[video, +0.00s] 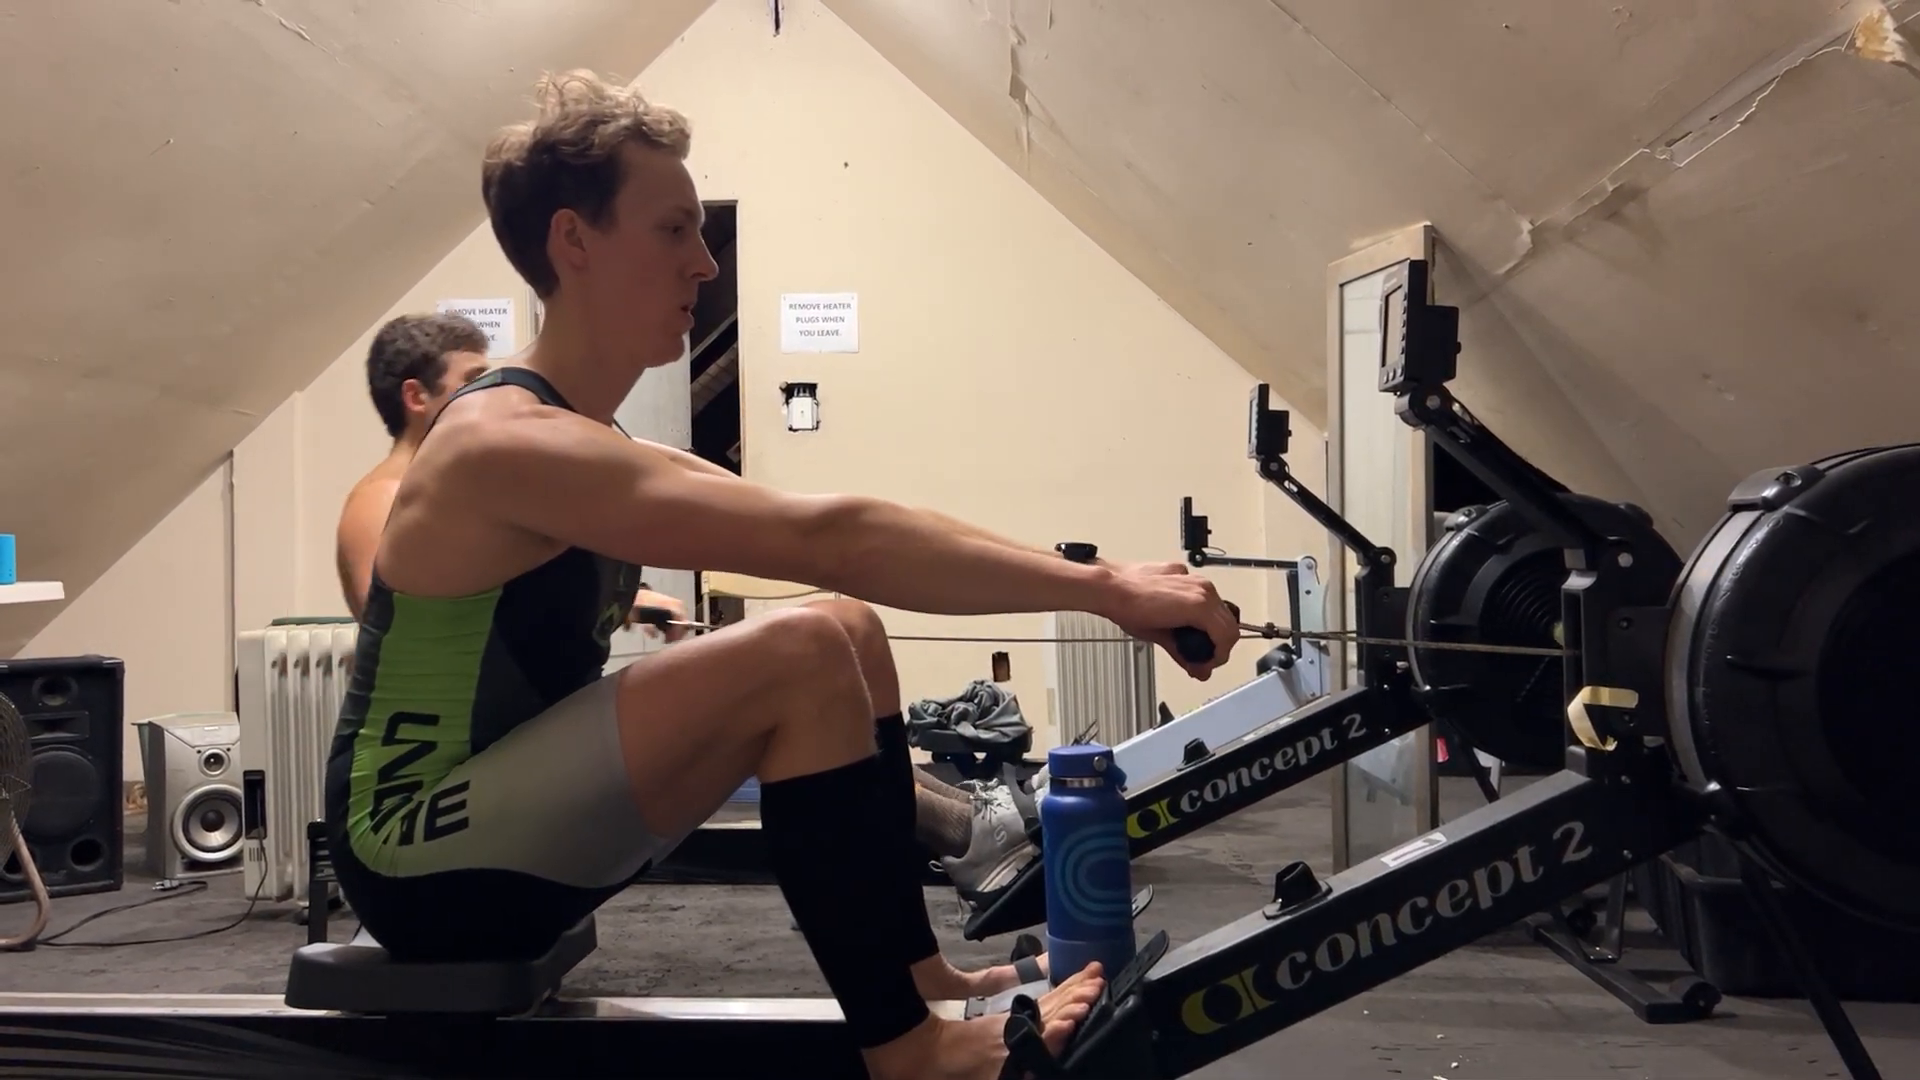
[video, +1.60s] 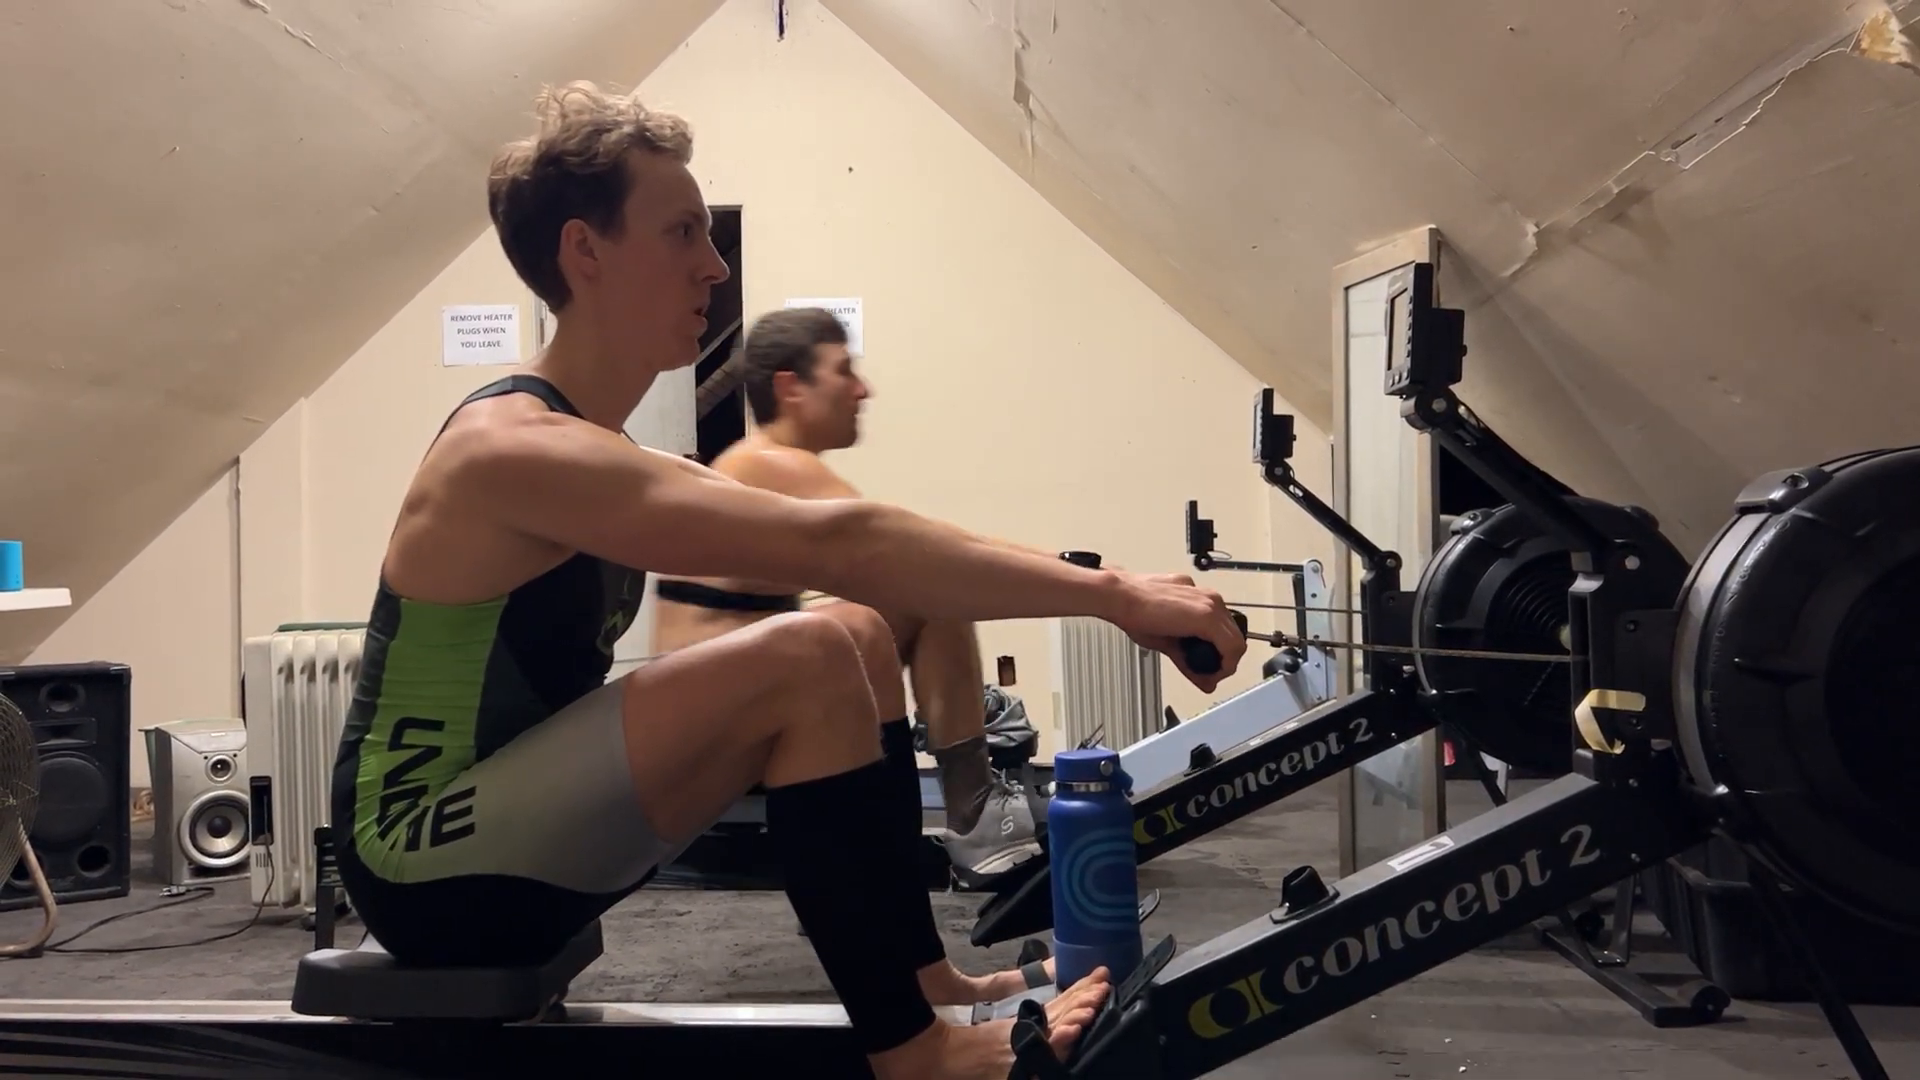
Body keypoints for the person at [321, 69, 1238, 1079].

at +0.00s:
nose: (706, 267)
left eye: (698, 234)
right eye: (675, 233)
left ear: (580, 250)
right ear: (571, 247)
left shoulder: (577, 442)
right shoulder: (504, 441)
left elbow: (823, 545)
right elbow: (818, 540)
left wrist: (1087, 580)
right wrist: (1105, 587)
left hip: (491, 820)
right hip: (425, 851)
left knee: (852, 639)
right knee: (802, 659)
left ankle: (920, 989)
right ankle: (898, 1043)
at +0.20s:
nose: (706, 268)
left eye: (698, 236)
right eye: (677, 234)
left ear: (582, 252)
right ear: (573, 249)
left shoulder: (573, 436)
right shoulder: (505, 438)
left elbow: (563, 606)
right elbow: (820, 539)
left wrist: (703, 611)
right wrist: (1106, 588)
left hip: (496, 814)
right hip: (427, 849)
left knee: (851, 637)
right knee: (800, 659)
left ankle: (918, 986)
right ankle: (897, 1042)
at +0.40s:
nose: (707, 267)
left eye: (699, 235)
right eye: (676, 235)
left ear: (581, 252)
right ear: (572, 248)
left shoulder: (586, 425)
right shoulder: (507, 440)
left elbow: (612, 580)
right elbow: (826, 538)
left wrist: (800, 595)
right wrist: (1109, 585)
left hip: (498, 813)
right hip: (427, 852)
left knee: (844, 640)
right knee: (802, 659)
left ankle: (922, 989)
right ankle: (899, 1044)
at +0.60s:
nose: (708, 269)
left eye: (700, 237)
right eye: (678, 236)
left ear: (580, 253)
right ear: (573, 250)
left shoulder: (582, 433)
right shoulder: (512, 439)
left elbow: (813, 551)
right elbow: (820, 542)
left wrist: (1066, 581)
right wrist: (1110, 586)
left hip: (497, 817)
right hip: (428, 849)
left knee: (853, 641)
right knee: (804, 663)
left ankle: (923, 991)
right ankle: (900, 1044)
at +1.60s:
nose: (718, 269)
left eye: (709, 236)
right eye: (686, 236)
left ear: (590, 259)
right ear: (583, 256)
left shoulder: (589, 449)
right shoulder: (515, 446)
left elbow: (839, 545)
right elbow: (834, 546)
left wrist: (1096, 585)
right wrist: (1111, 593)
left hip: (499, 824)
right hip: (433, 851)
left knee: (847, 642)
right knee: (809, 658)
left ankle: (925, 995)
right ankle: (903, 1043)